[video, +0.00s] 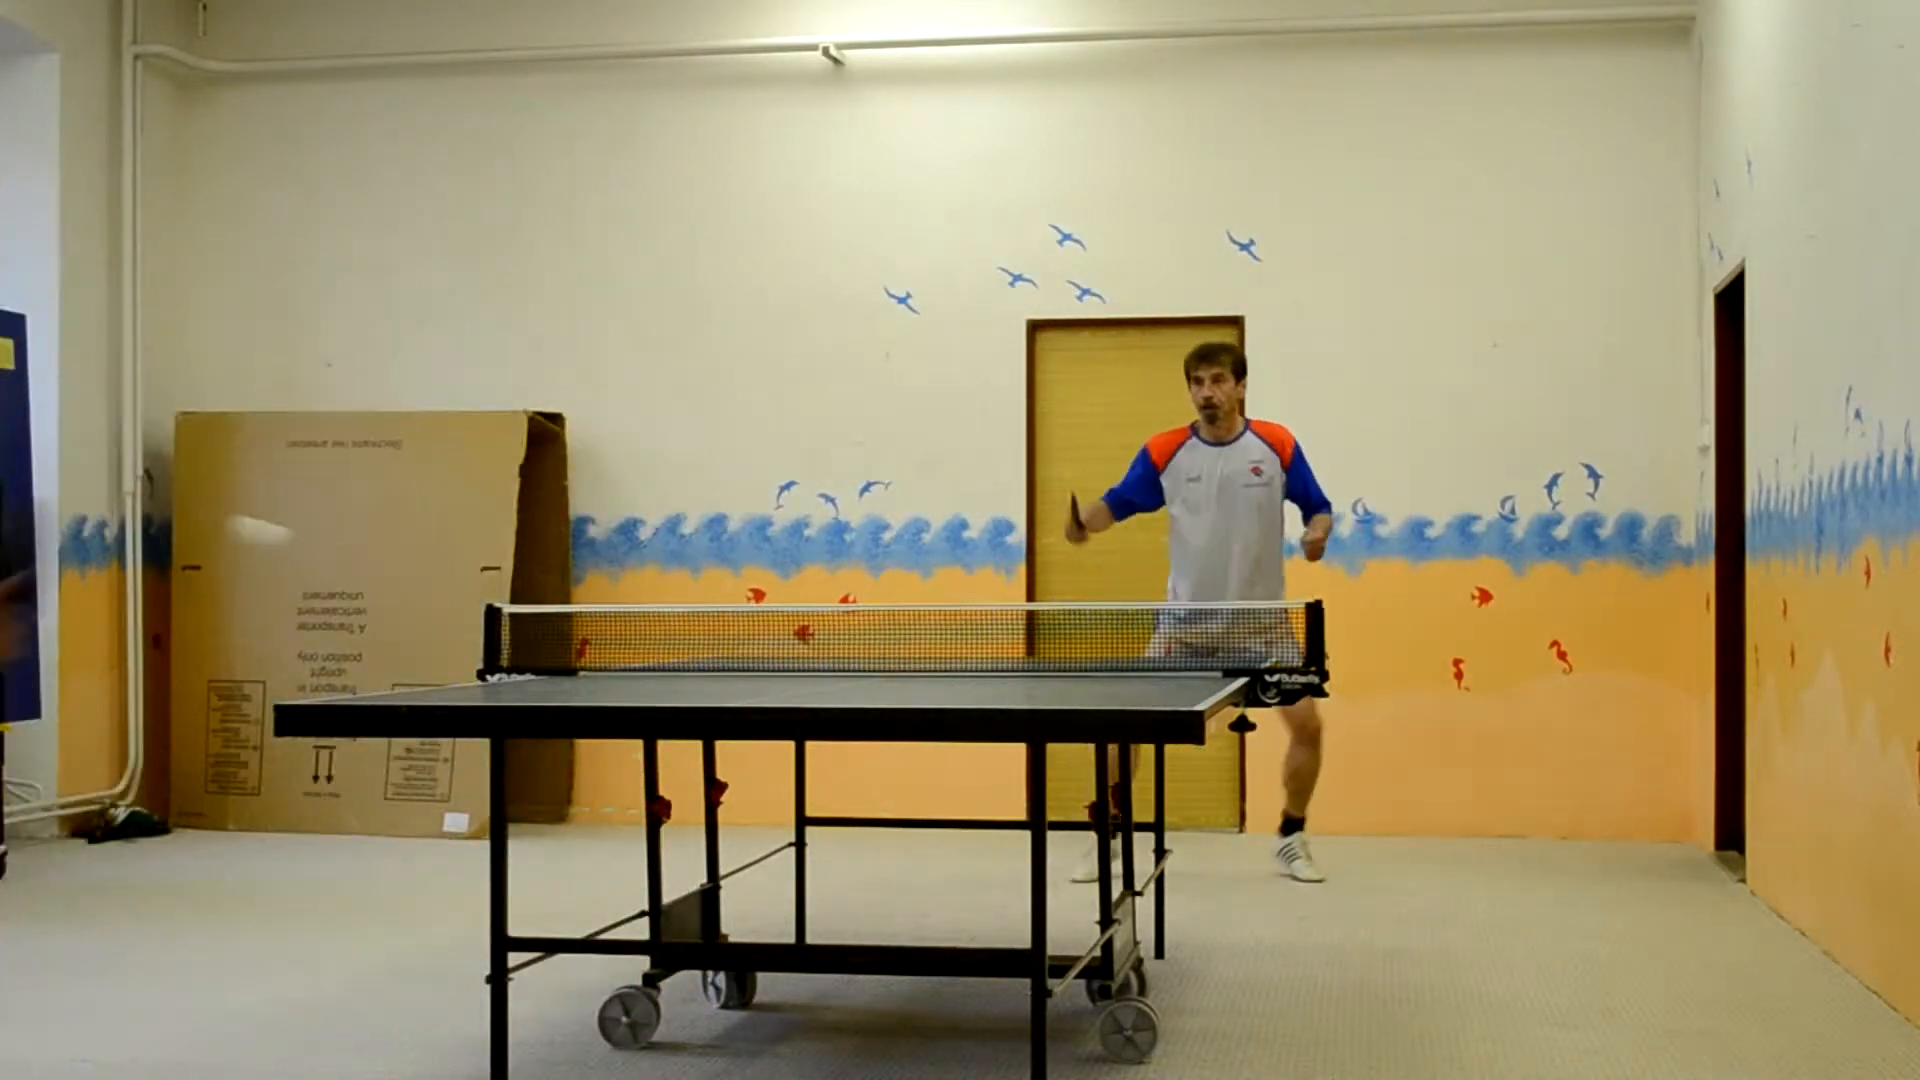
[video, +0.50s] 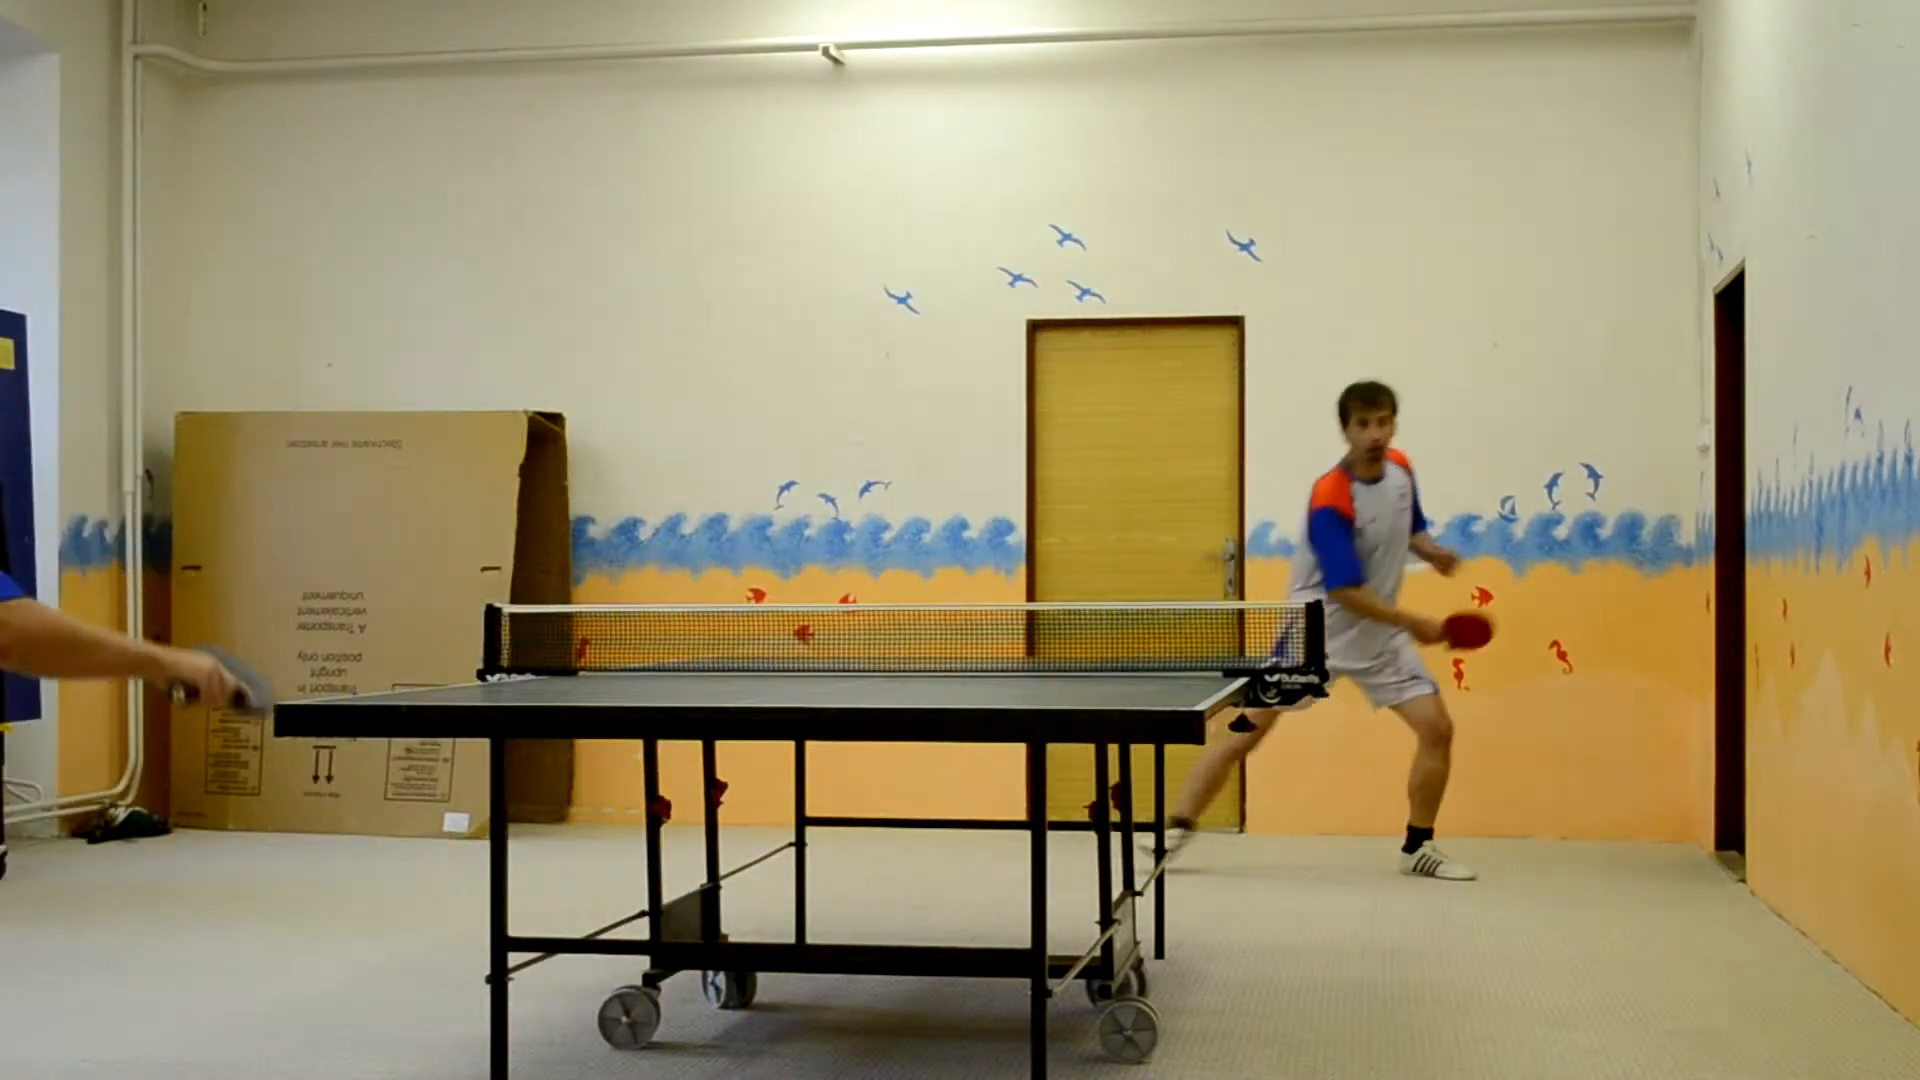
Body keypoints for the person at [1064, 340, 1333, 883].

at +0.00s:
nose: (1209, 392)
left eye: (1218, 380)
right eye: (1199, 382)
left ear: (1240, 385)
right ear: (1188, 391)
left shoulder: (1277, 444)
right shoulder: (1165, 452)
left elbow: (1318, 508)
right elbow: (1115, 503)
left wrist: (1317, 533)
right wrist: (1083, 522)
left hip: (1262, 621)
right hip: (1185, 621)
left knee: (1307, 723)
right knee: (1130, 717)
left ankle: (1292, 836)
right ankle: (1106, 835)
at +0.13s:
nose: (1210, 402)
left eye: (1220, 392)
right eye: (1200, 393)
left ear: (1240, 396)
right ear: (1190, 399)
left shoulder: (1276, 456)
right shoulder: (1166, 465)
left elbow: (1309, 529)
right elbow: (1120, 530)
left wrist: (1297, 559)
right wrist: (1112, 562)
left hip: (1266, 627)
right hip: (1189, 629)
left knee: (1334, 720)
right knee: (1139, 726)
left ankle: (1356, 833)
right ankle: (1118, 839)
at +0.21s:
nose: (1221, 417)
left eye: (1232, 407)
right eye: (1212, 408)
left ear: (1251, 412)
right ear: (1201, 413)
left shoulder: (1285, 471)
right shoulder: (1177, 479)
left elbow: (1314, 548)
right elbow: (1136, 549)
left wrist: (1296, 571)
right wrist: (1150, 594)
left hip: (1274, 640)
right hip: (1200, 644)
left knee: (1351, 734)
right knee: (1143, 731)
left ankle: (1396, 835)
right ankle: (1116, 839)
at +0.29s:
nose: (1250, 432)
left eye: (1260, 422)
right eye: (1241, 423)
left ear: (1278, 427)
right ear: (1229, 428)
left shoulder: (1309, 482)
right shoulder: (1205, 491)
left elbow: (1337, 560)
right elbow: (1177, 570)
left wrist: (1315, 571)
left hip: (1291, 642)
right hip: (1221, 643)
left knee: (1375, 737)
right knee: (1156, 738)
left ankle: (1405, 843)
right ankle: (1115, 842)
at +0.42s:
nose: (1329, 443)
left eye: (1337, 432)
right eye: (1318, 434)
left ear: (1351, 435)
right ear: (1304, 440)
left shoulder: (1369, 484)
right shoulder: (1285, 509)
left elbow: (1392, 560)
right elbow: (1285, 608)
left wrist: (1386, 557)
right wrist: (1361, 643)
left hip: (1341, 645)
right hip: (1272, 644)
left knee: (1408, 734)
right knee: (1203, 743)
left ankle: (1414, 850)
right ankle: (1134, 839)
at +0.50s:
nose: (1375, 434)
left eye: (1383, 423)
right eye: (1364, 425)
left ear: (1394, 426)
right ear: (1345, 430)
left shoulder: (1399, 469)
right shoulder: (1331, 497)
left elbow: (1412, 531)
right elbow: (1347, 592)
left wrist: (1434, 554)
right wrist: (1415, 624)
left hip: (1378, 630)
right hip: (1318, 628)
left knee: (1436, 729)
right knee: (1245, 733)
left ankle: (1417, 847)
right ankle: (1176, 830)